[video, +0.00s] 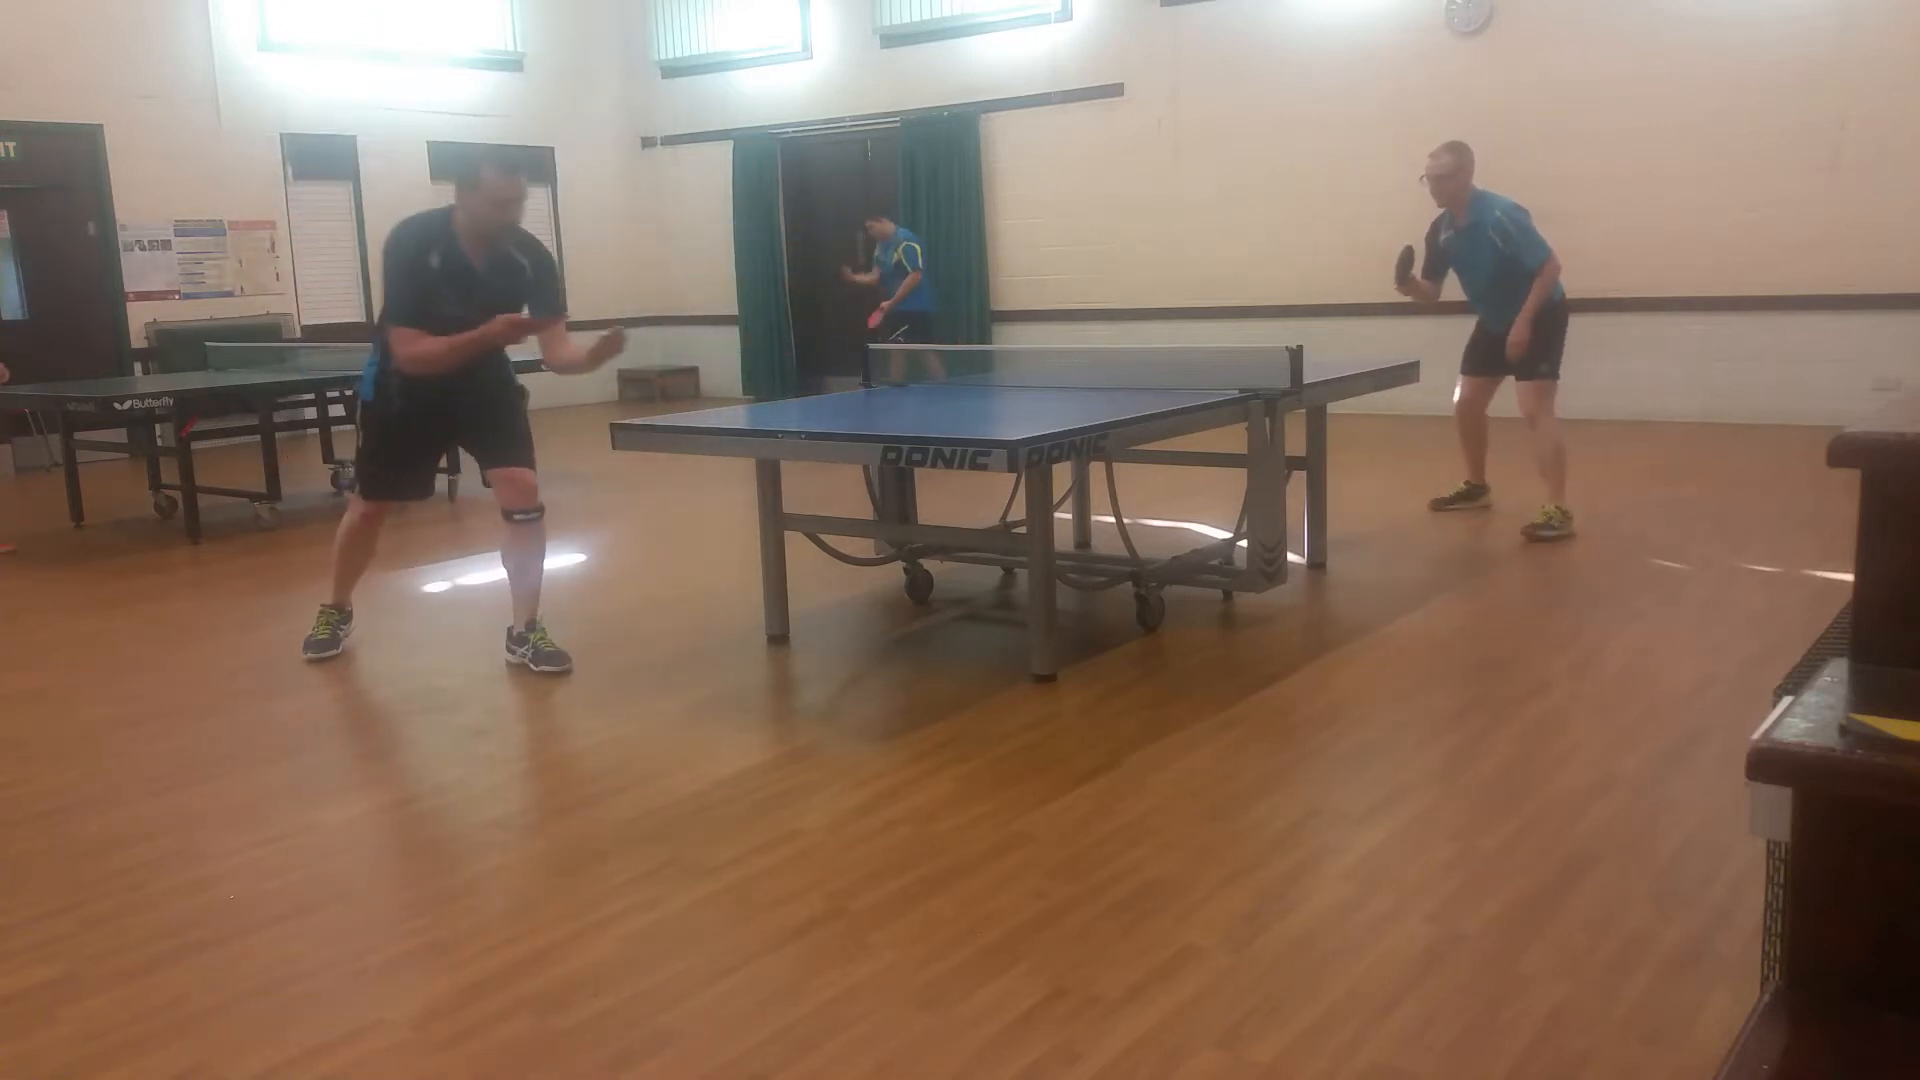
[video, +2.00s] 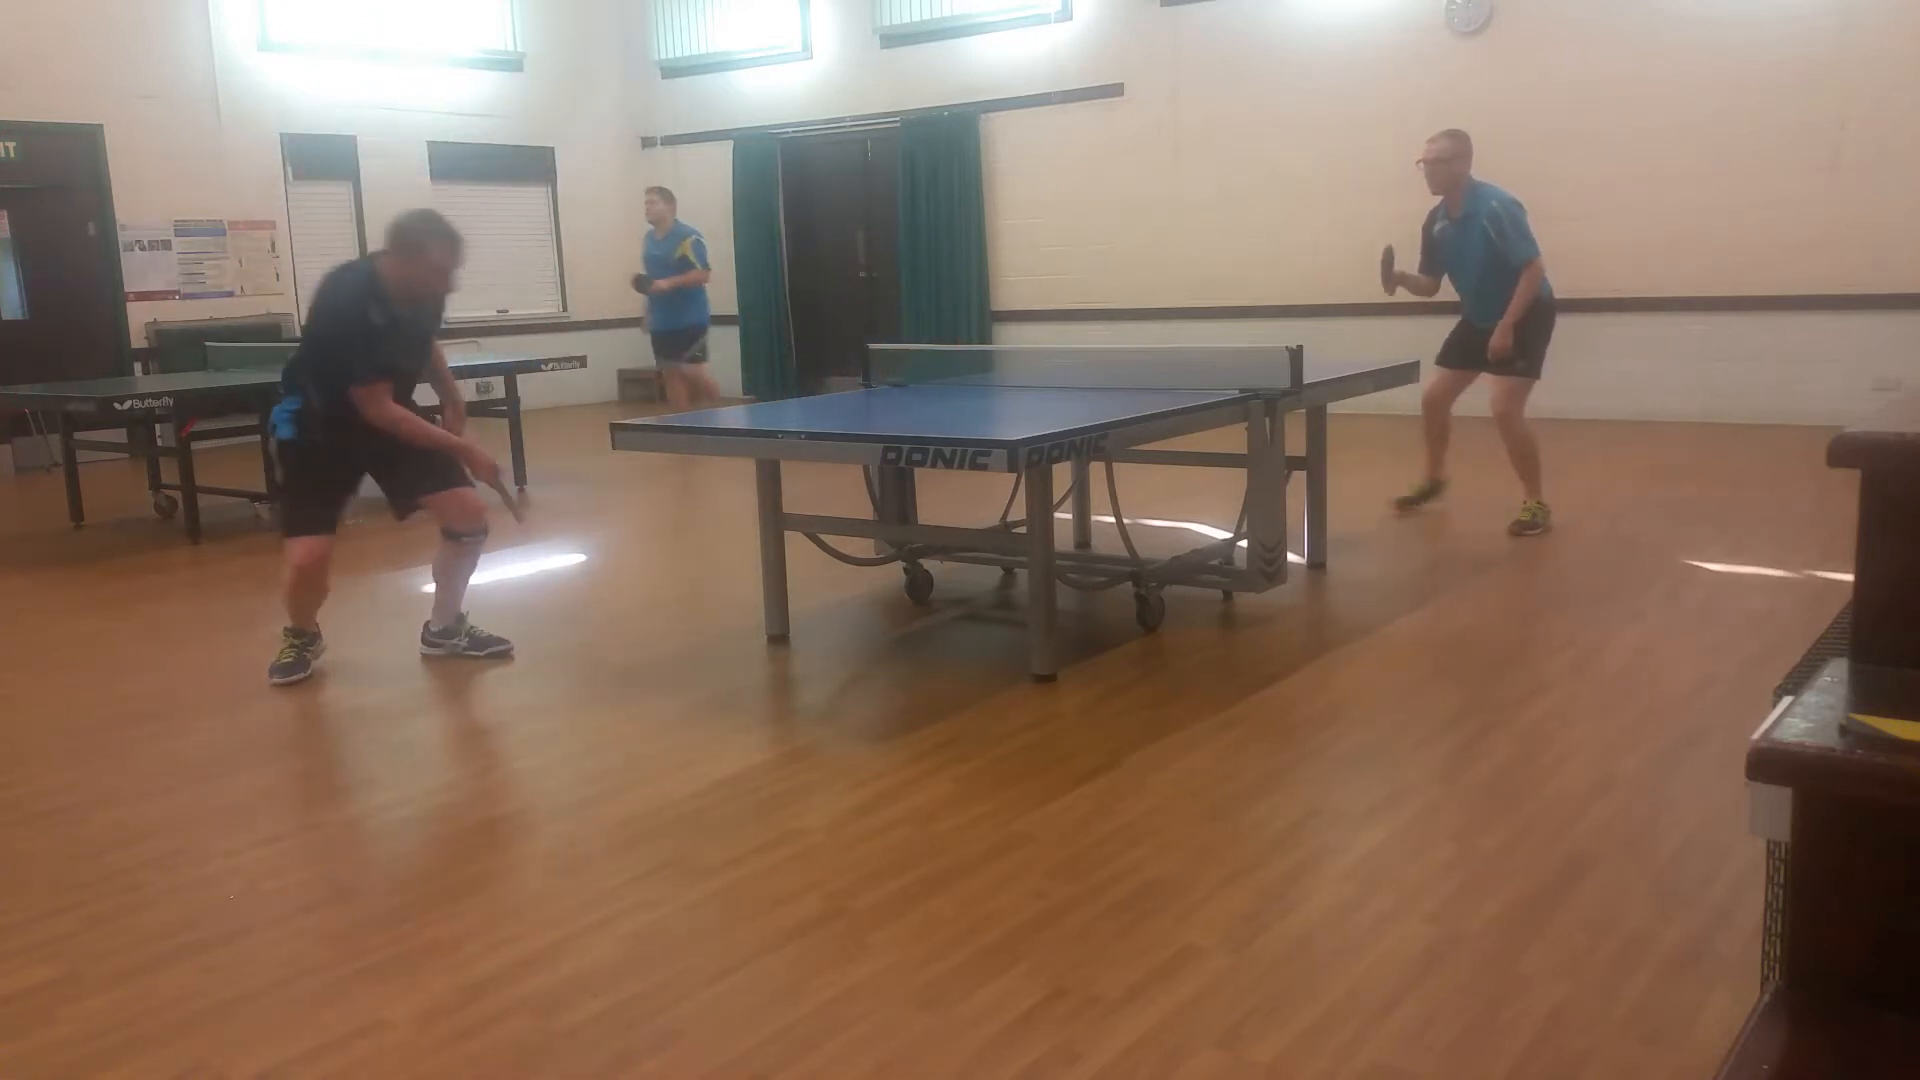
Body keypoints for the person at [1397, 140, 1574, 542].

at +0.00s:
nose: (1428, 184)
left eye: (1436, 177)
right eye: (1427, 177)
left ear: (1462, 176)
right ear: (1437, 179)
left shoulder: (1503, 215)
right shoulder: (1441, 229)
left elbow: (1550, 267)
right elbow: (1430, 293)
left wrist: (1523, 321)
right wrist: (1409, 285)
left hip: (1539, 314)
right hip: (1495, 318)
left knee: (1536, 409)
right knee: (1468, 404)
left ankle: (1558, 509)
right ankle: (1476, 485)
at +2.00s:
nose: (1426, 171)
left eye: (1435, 163)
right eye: (1424, 163)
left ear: (1462, 164)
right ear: (1426, 167)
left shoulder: (1498, 206)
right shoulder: (1436, 221)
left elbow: (1534, 271)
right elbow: (1428, 286)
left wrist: (1506, 326)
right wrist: (1398, 277)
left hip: (1527, 315)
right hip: (1481, 317)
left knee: (1506, 409)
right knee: (1434, 399)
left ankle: (1535, 503)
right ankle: (1434, 481)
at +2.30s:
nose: (1422, 203)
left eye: (1431, 196)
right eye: (1420, 195)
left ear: (1456, 198)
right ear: (1419, 198)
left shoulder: (1499, 236)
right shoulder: (1423, 248)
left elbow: (1535, 298)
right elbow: (1408, 304)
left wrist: (1501, 348)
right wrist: (1390, 324)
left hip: (1520, 327)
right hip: (1468, 331)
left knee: (1531, 409)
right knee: (1419, 408)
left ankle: (1577, 500)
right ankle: (1395, 493)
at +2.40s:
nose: (1430, 223)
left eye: (1438, 216)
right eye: (1428, 216)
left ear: (1464, 219)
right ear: (1427, 217)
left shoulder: (1506, 254)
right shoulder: (1431, 266)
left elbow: (1545, 317)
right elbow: (1423, 326)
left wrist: (1508, 364)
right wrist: (1404, 346)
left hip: (1531, 338)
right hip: (1478, 341)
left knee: (1548, 416)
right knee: (1418, 404)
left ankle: (1592, 505)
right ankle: (1393, 493)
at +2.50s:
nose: (1439, 246)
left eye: (1448, 238)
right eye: (1437, 238)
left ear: (1472, 240)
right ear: (1434, 239)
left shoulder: (1515, 268)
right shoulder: (1440, 284)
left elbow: (1558, 330)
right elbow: (1437, 342)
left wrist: (1525, 378)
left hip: (1537, 351)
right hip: (1482, 354)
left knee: (1559, 414)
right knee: (1415, 406)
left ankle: (1596, 504)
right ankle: (1393, 492)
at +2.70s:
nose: (1457, 231)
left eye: (1465, 225)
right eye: (1456, 223)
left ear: (1490, 224)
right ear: (1455, 221)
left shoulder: (1521, 257)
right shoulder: (1450, 256)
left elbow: (1581, 303)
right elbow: (1407, 288)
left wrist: (1580, 355)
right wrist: (1408, 308)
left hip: (1540, 352)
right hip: (1488, 353)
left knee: (1554, 419)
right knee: (1415, 408)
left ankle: (1596, 506)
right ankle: (1391, 492)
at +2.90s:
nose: (1460, 193)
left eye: (1470, 185)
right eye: (1458, 185)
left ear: (1493, 188)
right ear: (1455, 186)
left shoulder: (1517, 231)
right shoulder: (1473, 229)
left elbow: (1568, 283)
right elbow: (1488, 275)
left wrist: (1566, 337)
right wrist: (1454, 282)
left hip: (1541, 344)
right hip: (1496, 341)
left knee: (1547, 421)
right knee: (1432, 400)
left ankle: (1595, 507)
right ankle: (1404, 482)